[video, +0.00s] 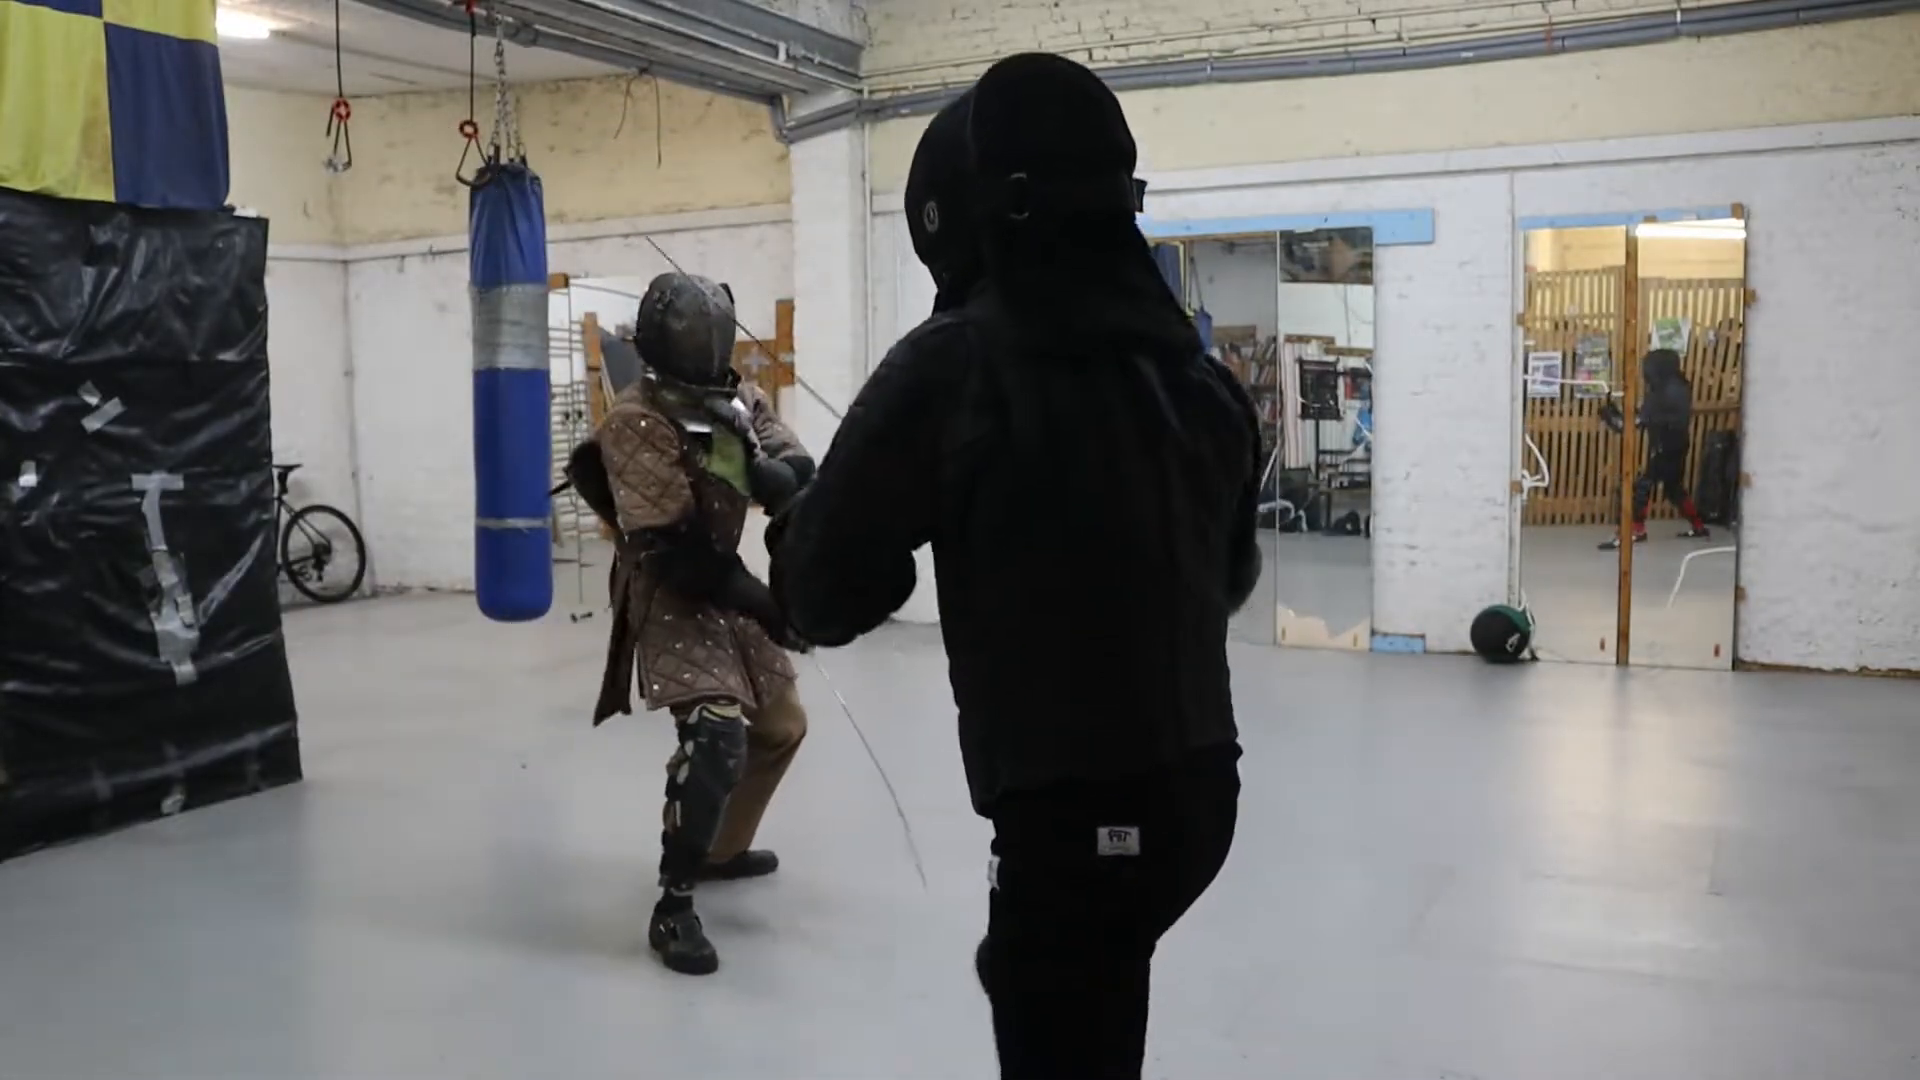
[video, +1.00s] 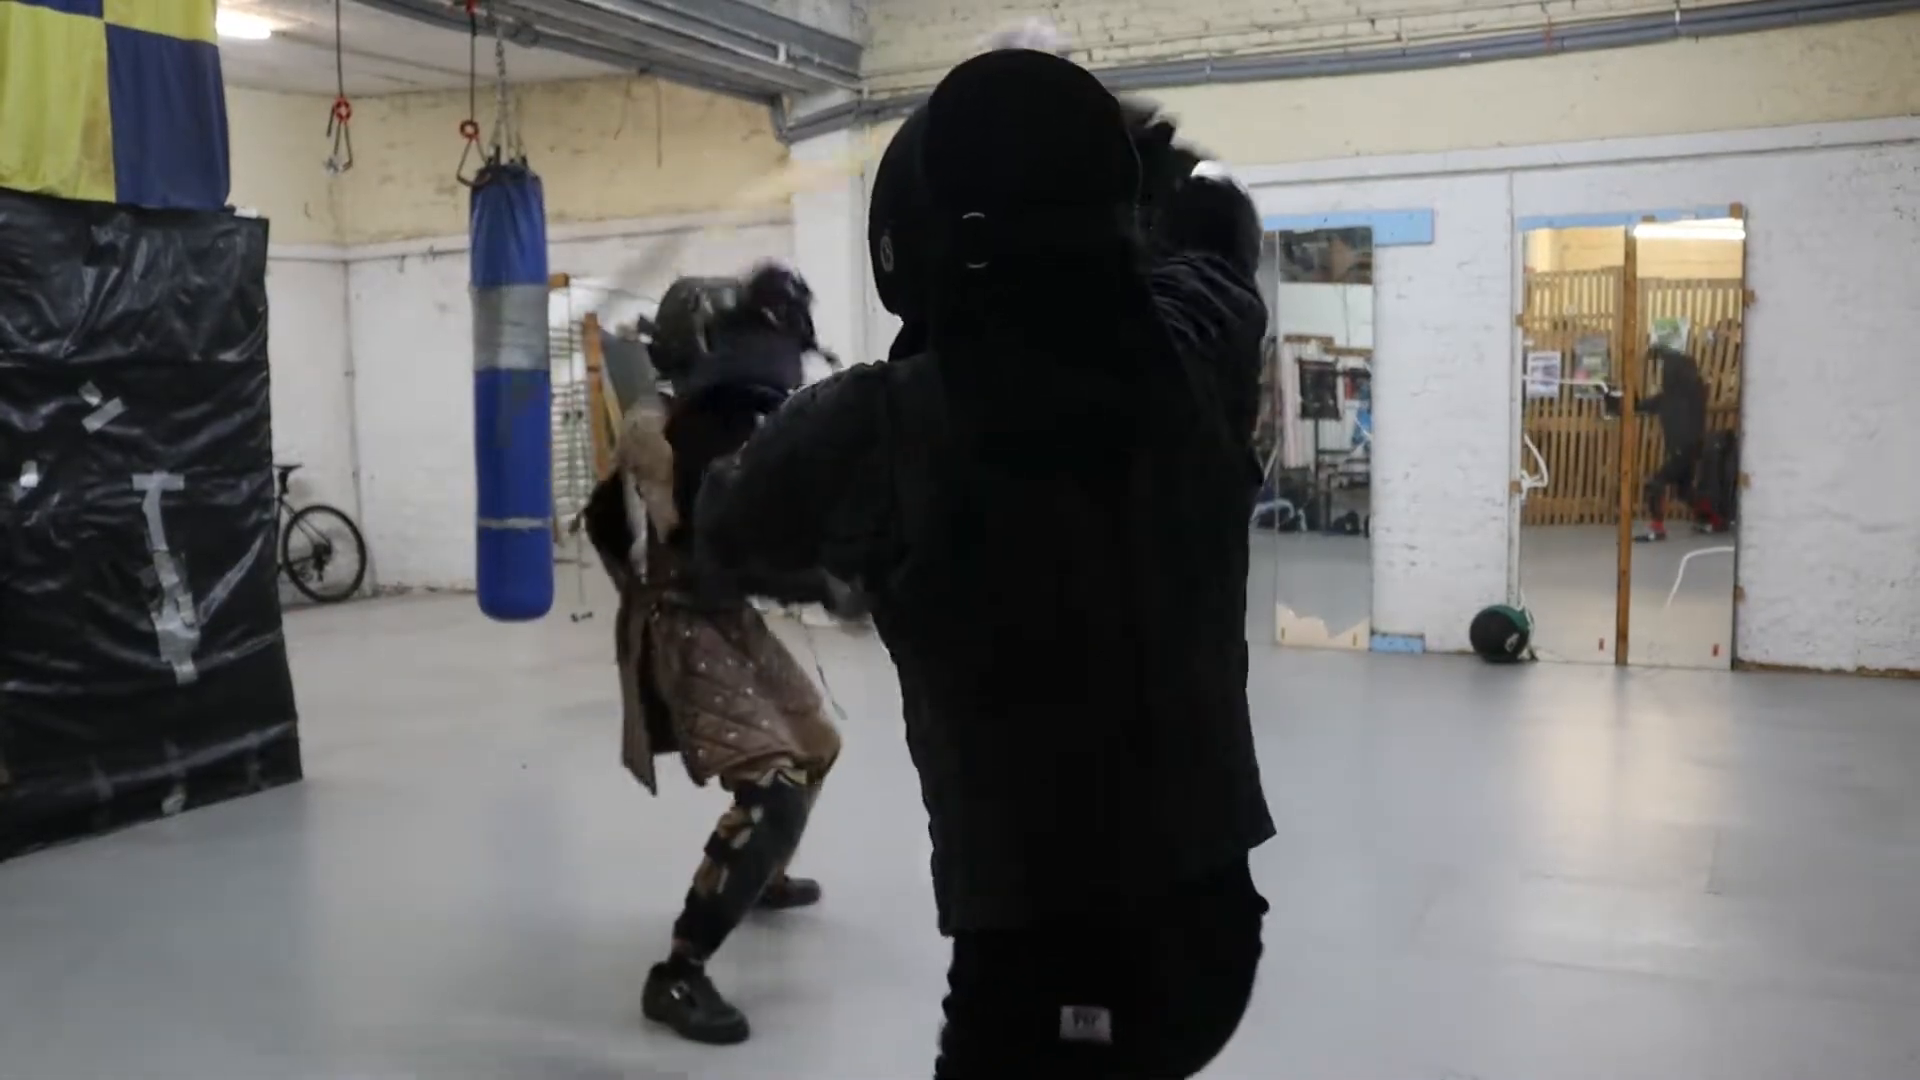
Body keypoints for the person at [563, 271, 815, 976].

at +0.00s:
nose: (707, 359)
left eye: (716, 344)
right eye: (692, 345)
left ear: (732, 342)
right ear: (662, 345)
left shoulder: (739, 402)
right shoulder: (637, 425)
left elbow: (792, 462)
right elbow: (672, 550)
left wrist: (775, 467)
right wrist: (771, 609)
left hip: (733, 592)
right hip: (669, 599)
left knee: (780, 726)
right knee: (718, 733)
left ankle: (721, 851)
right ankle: (675, 905)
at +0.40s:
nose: (718, 371)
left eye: (728, 354)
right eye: (702, 355)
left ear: (741, 349)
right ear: (668, 352)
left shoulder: (745, 408)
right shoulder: (641, 420)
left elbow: (805, 497)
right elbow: (679, 557)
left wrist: (761, 504)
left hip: (736, 594)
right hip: (664, 605)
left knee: (777, 716)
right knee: (715, 750)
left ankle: (722, 848)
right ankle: (671, 907)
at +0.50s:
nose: (716, 353)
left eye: (728, 336)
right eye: (701, 336)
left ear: (741, 325)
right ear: (668, 327)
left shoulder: (746, 388)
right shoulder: (634, 379)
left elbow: (804, 478)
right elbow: (665, 470)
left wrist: (768, 488)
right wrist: (745, 473)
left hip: (730, 578)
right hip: (664, 583)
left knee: (756, 726)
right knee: (717, 741)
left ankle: (715, 847)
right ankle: (670, 908)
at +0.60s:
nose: (715, 317)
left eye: (727, 300)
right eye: (697, 303)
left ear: (746, 303)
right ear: (665, 310)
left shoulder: (755, 388)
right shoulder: (648, 375)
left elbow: (812, 451)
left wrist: (781, 461)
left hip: (736, 574)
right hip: (667, 578)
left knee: (743, 741)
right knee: (746, 749)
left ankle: (683, 862)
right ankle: (667, 889)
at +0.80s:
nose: (761, 363)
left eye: (757, 347)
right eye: (748, 347)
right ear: (718, 360)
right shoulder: (682, 439)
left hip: (711, 623)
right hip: (697, 628)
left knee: (755, 765)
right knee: (773, 795)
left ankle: (679, 876)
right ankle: (682, 969)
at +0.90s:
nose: (759, 367)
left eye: (758, 353)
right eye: (751, 353)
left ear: (690, 353)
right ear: (722, 354)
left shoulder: (692, 421)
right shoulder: (679, 440)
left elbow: (609, 519)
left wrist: (639, 589)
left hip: (724, 619)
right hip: (691, 632)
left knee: (801, 750)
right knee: (778, 805)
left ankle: (702, 853)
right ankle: (682, 972)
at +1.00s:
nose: (784, 371)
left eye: (782, 356)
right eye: (771, 355)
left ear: (685, 353)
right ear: (737, 351)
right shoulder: (727, 430)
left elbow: (602, 516)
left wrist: (637, 585)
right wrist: (828, 579)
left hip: (721, 612)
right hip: (686, 624)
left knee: (813, 745)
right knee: (774, 785)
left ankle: (756, 876)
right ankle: (682, 969)